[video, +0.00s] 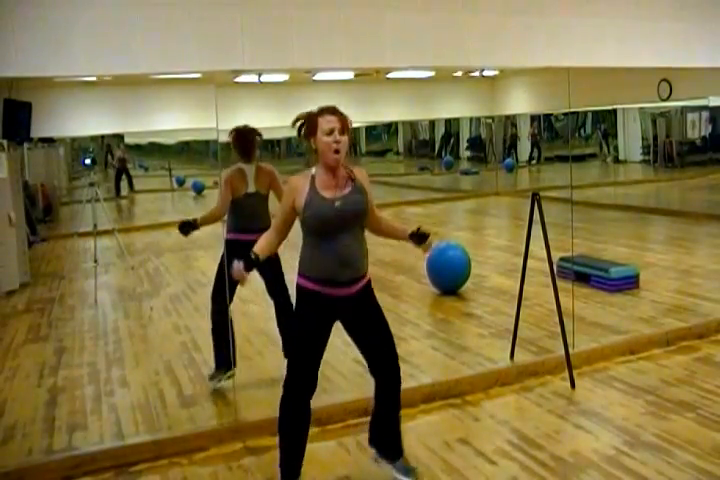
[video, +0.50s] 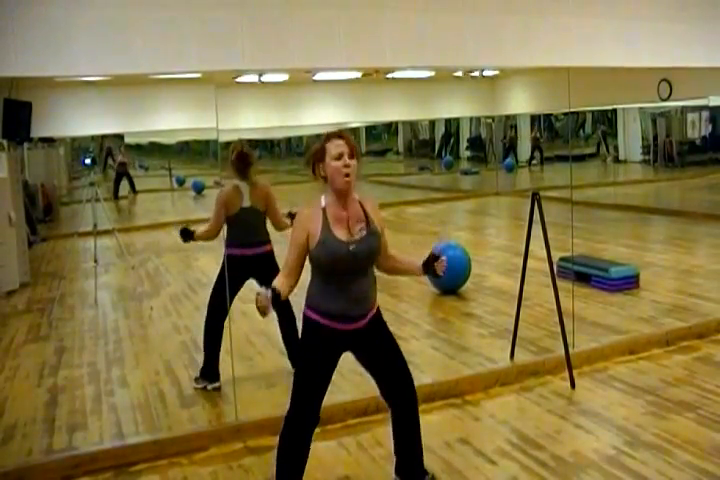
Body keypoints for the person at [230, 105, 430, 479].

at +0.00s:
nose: (337, 139)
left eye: (341, 132)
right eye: (329, 133)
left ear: (348, 138)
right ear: (313, 141)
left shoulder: (358, 177)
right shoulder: (299, 186)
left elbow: (373, 222)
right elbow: (277, 232)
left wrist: (411, 234)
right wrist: (251, 258)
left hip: (358, 293)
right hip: (315, 296)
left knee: (388, 370)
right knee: (299, 386)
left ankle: (386, 446)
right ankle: (289, 473)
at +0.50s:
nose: (347, 163)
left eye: (351, 156)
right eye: (338, 158)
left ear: (357, 163)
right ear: (321, 169)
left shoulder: (368, 209)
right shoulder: (308, 217)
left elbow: (384, 260)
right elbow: (289, 274)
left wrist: (423, 267)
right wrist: (273, 294)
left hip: (368, 325)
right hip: (322, 329)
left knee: (405, 398)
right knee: (302, 417)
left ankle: (411, 473)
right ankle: (287, 478)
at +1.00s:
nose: (354, 145)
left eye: (359, 138)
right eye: (345, 139)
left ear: (365, 143)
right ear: (328, 146)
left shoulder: (377, 187)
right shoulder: (313, 195)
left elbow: (384, 242)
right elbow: (294, 257)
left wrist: (391, 285)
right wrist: (292, 305)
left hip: (381, 310)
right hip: (334, 314)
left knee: (421, 390)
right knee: (311, 409)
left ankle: (421, 463)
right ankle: (295, 479)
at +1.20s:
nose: (360, 183)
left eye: (364, 175)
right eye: (350, 176)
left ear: (370, 180)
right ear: (332, 185)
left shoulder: (385, 227)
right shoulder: (320, 237)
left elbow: (399, 288)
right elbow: (295, 299)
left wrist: (413, 343)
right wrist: (279, 350)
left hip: (389, 355)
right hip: (338, 361)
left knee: (442, 425)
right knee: (306, 453)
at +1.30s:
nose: (360, 174)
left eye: (365, 167)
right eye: (351, 168)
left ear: (372, 173)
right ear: (335, 176)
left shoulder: (387, 222)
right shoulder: (320, 230)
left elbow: (403, 281)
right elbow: (297, 295)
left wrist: (421, 334)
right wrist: (283, 348)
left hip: (390, 349)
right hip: (339, 354)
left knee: (438, 426)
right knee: (311, 451)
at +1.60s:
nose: (368, 179)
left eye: (372, 172)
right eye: (358, 174)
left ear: (379, 180)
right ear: (340, 187)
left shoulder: (394, 228)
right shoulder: (328, 243)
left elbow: (414, 290)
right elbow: (304, 312)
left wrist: (445, 344)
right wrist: (285, 373)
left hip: (393, 353)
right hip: (340, 359)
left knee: (441, 427)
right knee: (312, 452)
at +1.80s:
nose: (374, 176)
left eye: (379, 168)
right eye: (364, 170)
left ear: (386, 176)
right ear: (349, 183)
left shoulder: (404, 225)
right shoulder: (336, 237)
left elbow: (424, 288)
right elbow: (312, 308)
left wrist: (454, 343)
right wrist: (295, 372)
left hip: (401, 355)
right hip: (348, 362)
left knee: (447, 429)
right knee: (318, 457)